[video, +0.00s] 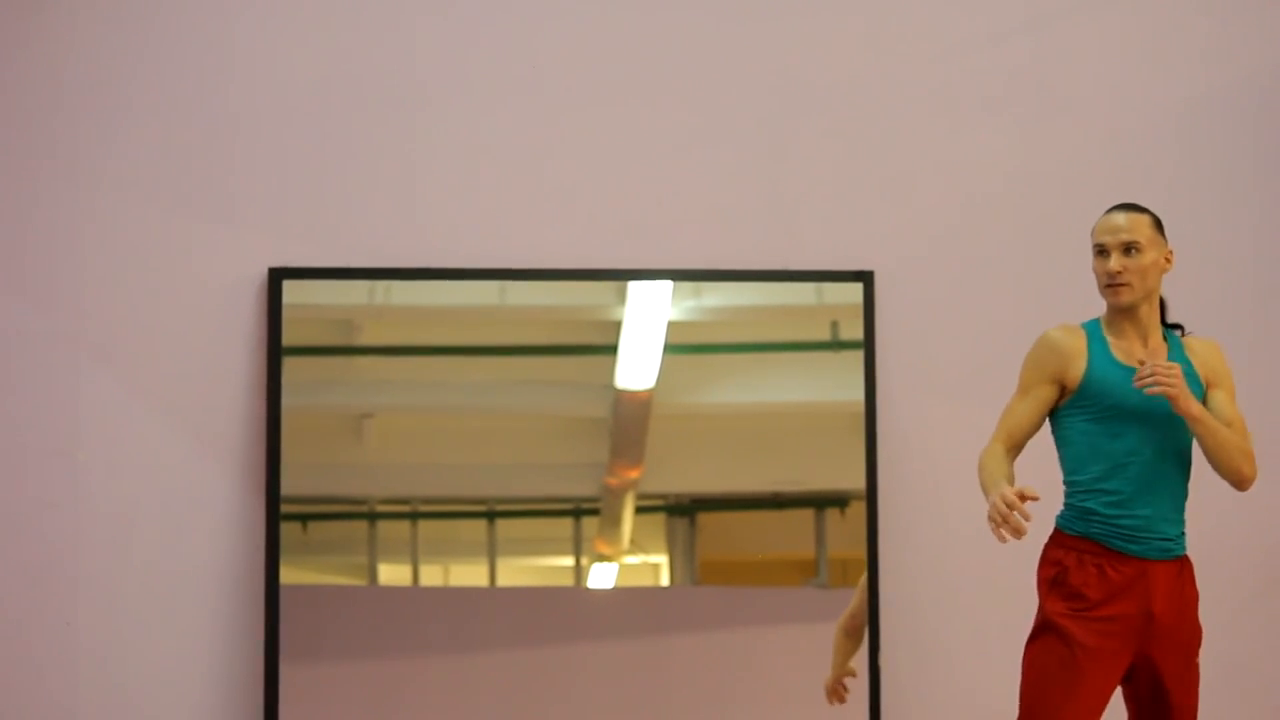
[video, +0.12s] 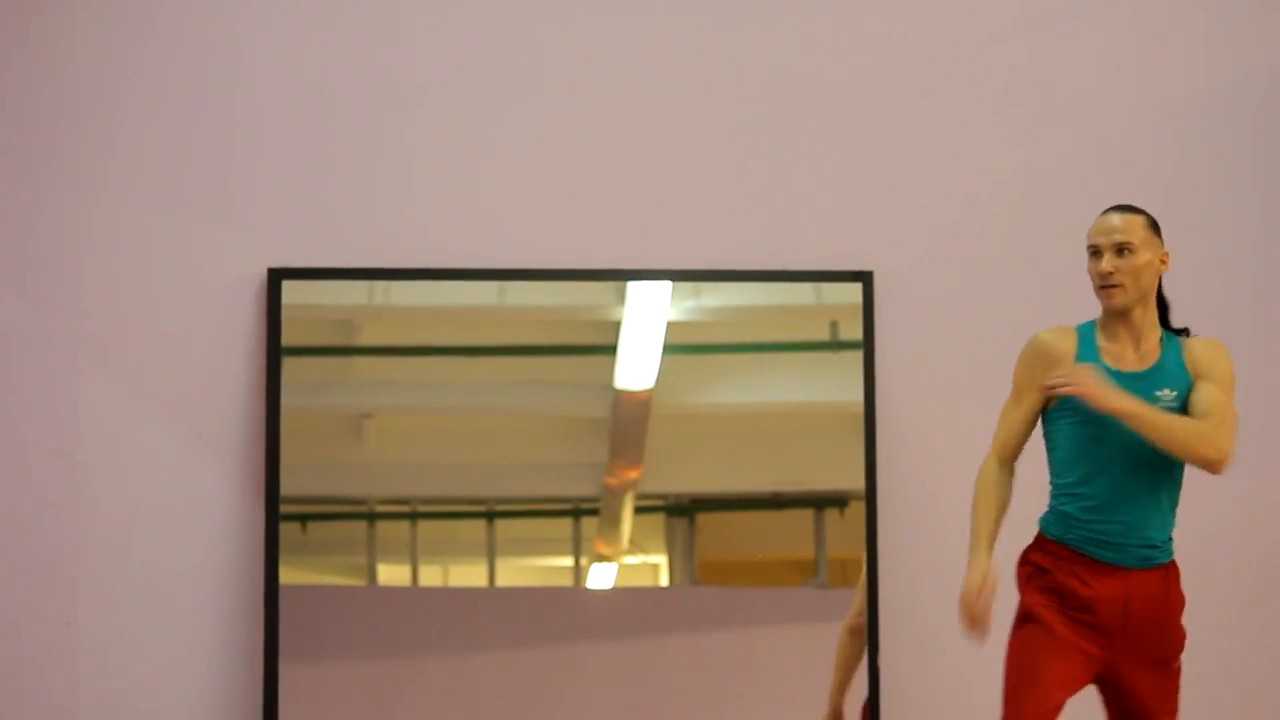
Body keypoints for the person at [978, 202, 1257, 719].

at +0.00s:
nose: (1113, 265)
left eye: (1130, 250)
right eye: (1101, 253)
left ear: (1165, 260)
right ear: (1092, 264)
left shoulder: (1201, 356)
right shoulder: (1063, 348)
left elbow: (1242, 472)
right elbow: (1001, 448)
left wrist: (1189, 407)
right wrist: (999, 492)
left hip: (1167, 584)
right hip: (1082, 578)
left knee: (1173, 712)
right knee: (1050, 712)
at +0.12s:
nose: (1105, 266)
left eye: (1123, 250)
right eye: (1095, 254)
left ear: (1161, 260)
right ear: (1087, 266)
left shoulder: (1203, 357)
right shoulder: (1052, 351)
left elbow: (1214, 449)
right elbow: (1001, 459)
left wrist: (1113, 399)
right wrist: (980, 558)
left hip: (1148, 596)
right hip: (1058, 589)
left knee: (1152, 712)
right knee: (1024, 712)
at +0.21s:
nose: (1090, 273)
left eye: (1108, 257)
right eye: (1082, 260)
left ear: (1149, 268)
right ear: (1074, 272)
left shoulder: (1190, 363)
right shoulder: (1037, 362)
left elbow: (1167, 456)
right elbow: (1009, 486)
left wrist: (1050, 413)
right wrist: (978, 597)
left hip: (1136, 606)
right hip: (1043, 599)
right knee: (1005, 711)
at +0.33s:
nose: (1059, 289)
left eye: (1077, 274)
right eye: (1050, 277)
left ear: (1118, 285)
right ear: (1043, 291)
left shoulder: (1143, 366)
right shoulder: (1030, 386)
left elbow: (1041, 398)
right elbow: (988, 497)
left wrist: (961, 370)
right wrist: (895, 575)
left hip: (1109, 626)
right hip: (1014, 622)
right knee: (970, 711)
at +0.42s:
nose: (1037, 290)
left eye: (1055, 275)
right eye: (1029, 278)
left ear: (1095, 285)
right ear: (1020, 288)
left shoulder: (1113, 366)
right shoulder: (1007, 394)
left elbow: (995, 381)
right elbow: (926, 484)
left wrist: (905, 326)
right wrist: (807, 495)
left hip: (1081, 620)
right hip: (985, 620)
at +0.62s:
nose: (915, 261)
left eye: (931, 245)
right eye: (907, 249)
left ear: (973, 254)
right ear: (899, 266)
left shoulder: (1012, 329)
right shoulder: (893, 352)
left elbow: (1115, 383)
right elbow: (775, 373)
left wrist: (1210, 436)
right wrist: (747, 327)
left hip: (1052, 572)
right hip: (968, 591)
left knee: (1086, 701)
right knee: (934, 713)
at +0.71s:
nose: (852, 312)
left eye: (870, 295)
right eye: (845, 299)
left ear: (915, 301)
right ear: (839, 314)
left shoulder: (963, 355)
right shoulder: (851, 384)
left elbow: (1099, 330)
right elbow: (735, 367)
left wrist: (1225, 311)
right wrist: (776, 314)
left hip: (1063, 582)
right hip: (995, 604)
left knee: (1021, 714)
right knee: (943, 715)